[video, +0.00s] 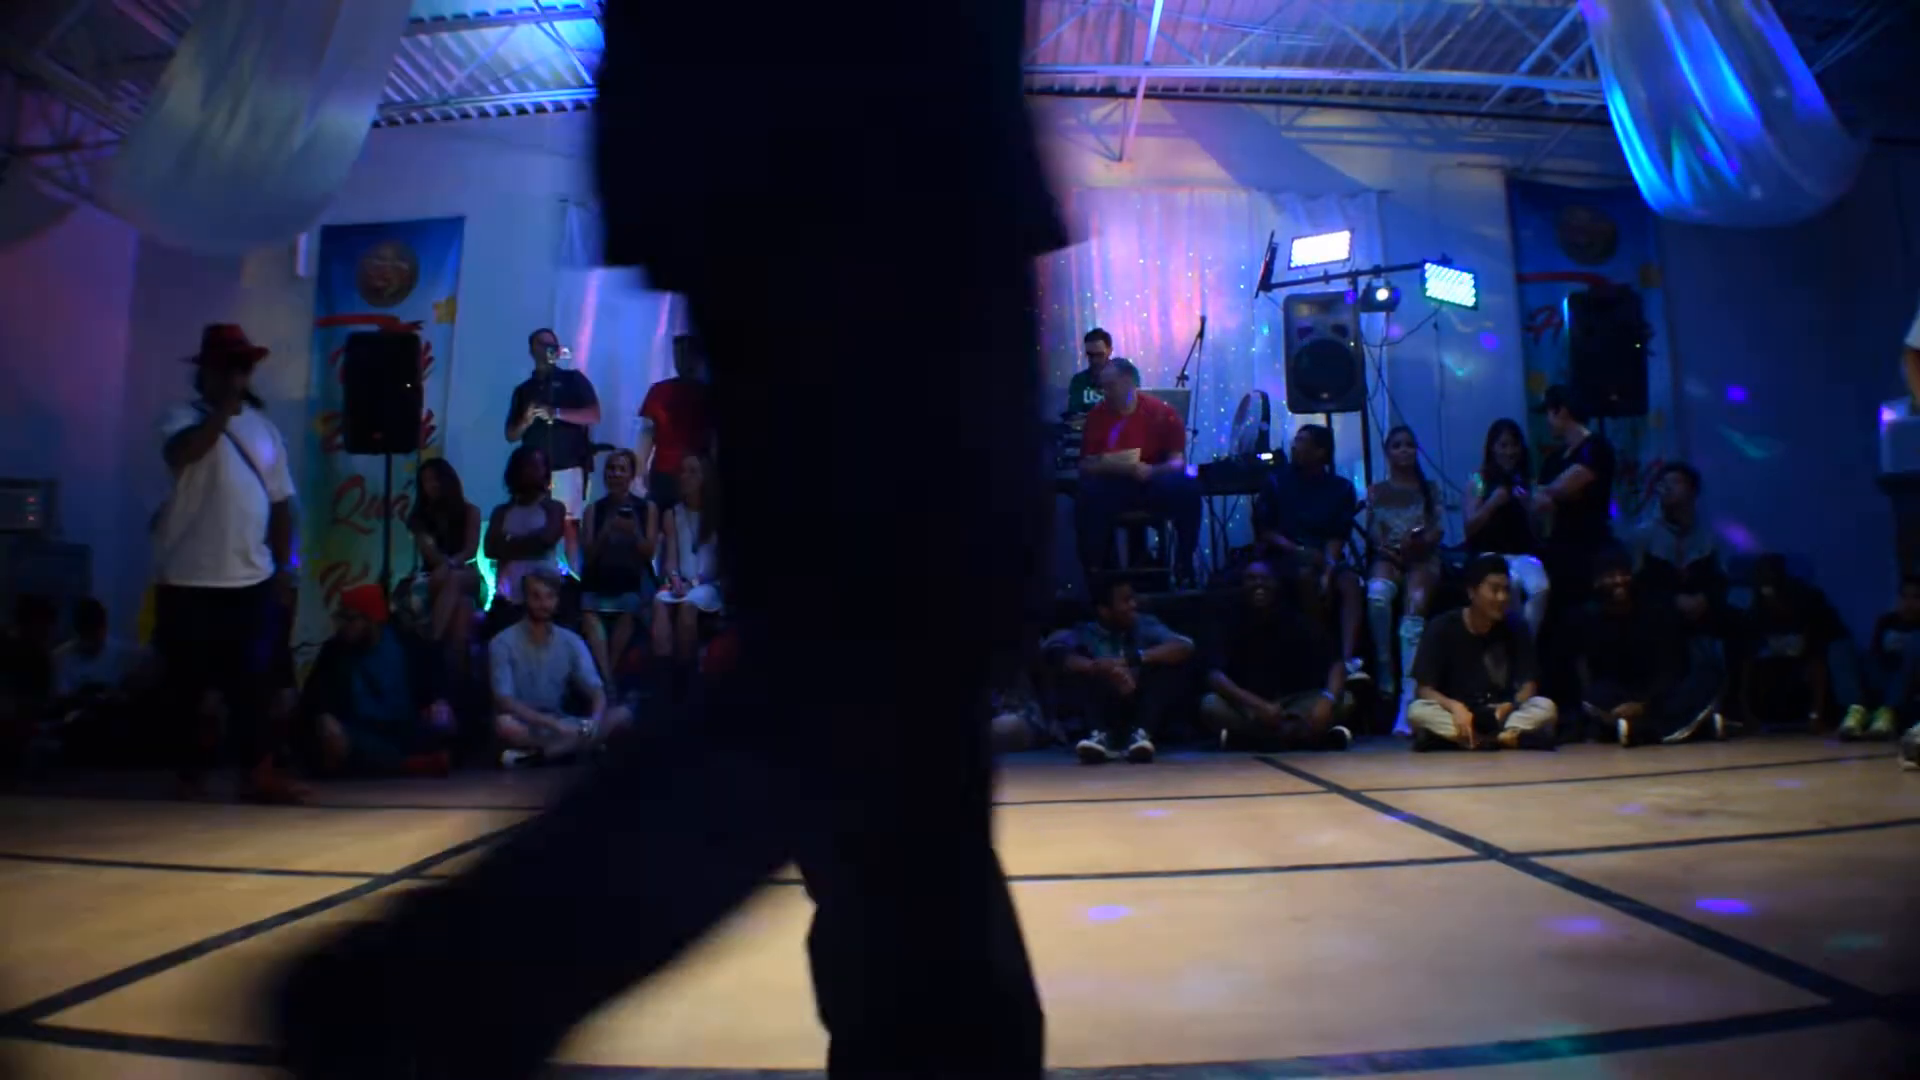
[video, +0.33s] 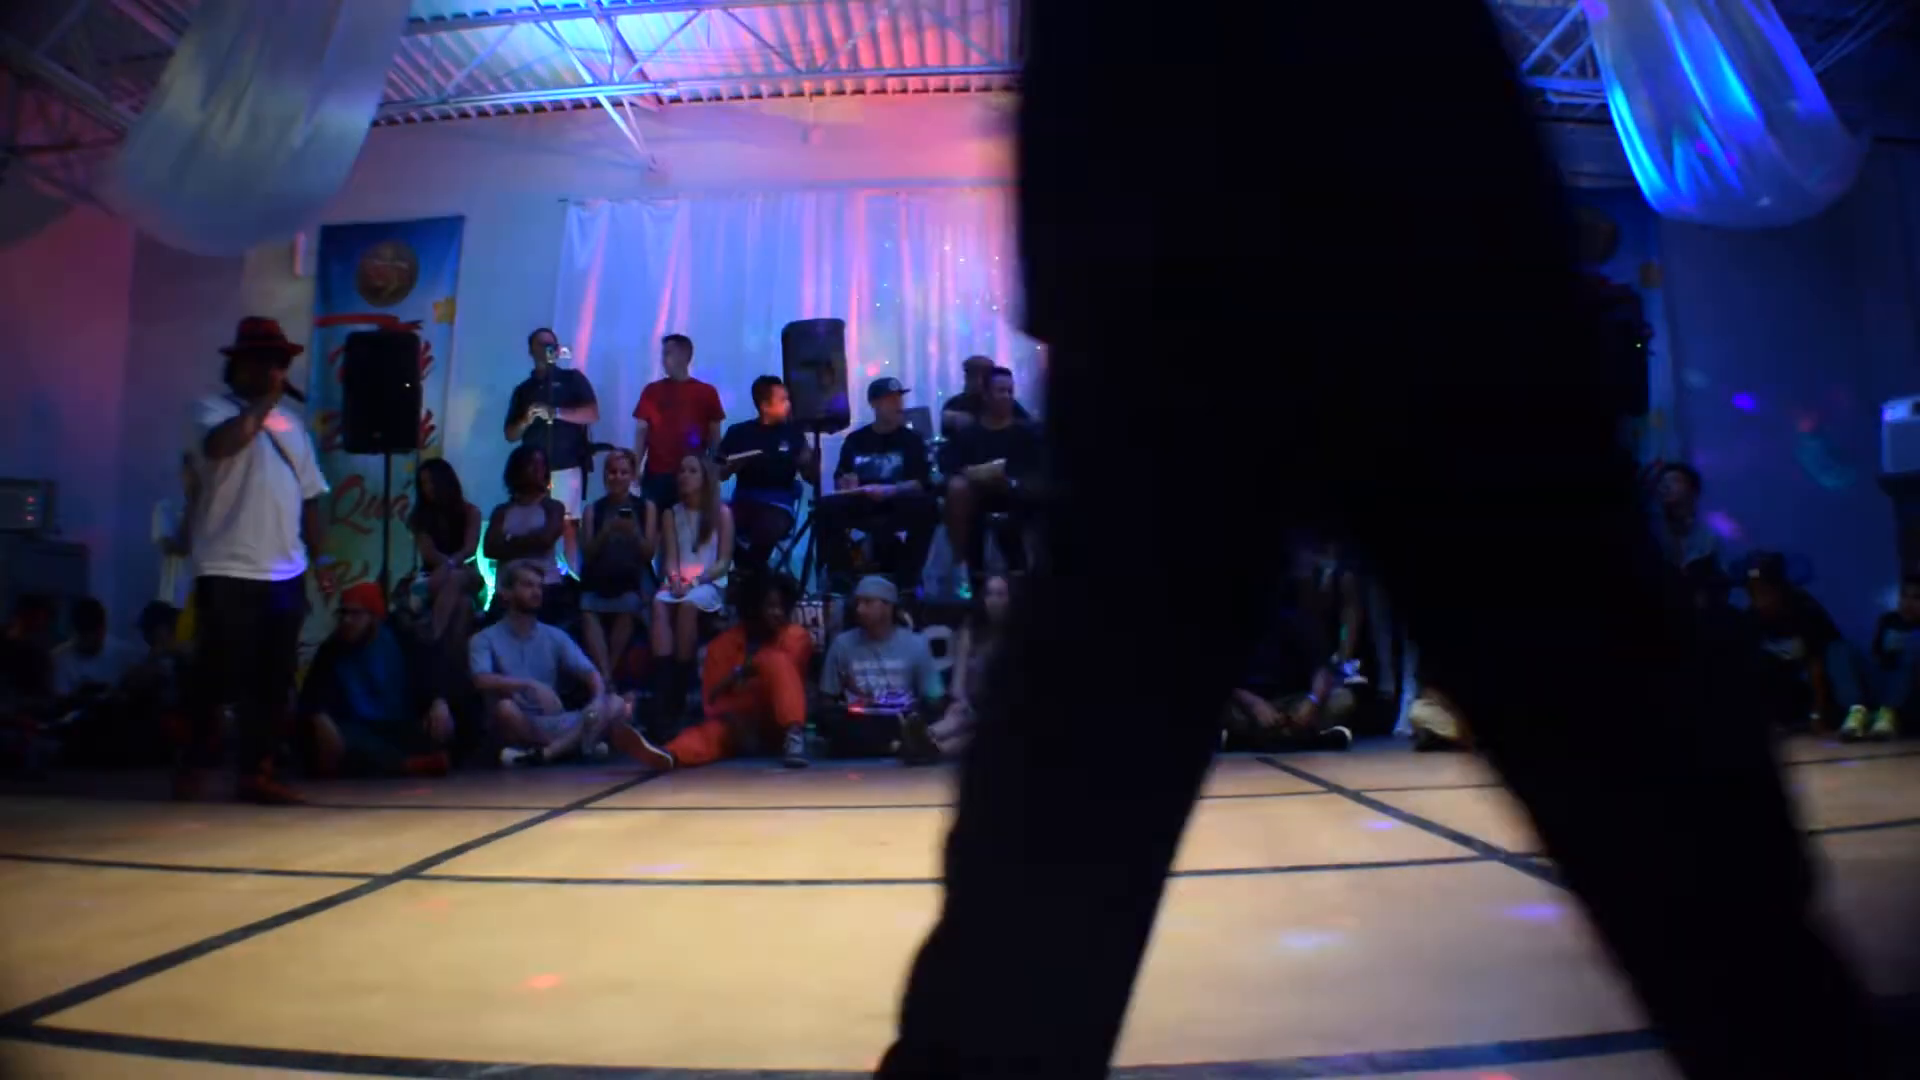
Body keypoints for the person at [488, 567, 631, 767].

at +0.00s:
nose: (543, 603)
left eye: (550, 597)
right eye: (536, 597)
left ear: (557, 600)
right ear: (525, 599)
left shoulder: (570, 641)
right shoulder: (503, 642)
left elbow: (597, 691)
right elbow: (504, 700)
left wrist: (594, 725)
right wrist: (554, 725)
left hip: (563, 716)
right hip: (524, 717)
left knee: (622, 714)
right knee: (504, 724)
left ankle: (544, 753)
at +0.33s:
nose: (537, 592)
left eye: (539, 586)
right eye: (528, 585)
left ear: (543, 590)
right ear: (506, 594)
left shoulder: (553, 636)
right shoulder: (484, 640)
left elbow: (591, 673)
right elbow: (482, 680)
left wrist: (598, 702)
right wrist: (532, 687)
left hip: (557, 716)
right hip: (518, 721)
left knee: (616, 704)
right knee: (505, 709)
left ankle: (547, 753)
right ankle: (577, 746)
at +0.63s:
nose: (529, 589)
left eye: (531, 584)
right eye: (520, 583)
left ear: (535, 588)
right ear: (500, 591)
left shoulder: (544, 632)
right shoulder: (478, 636)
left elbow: (591, 651)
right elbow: (471, 667)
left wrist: (610, 672)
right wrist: (520, 664)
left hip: (550, 712)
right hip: (509, 722)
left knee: (592, 674)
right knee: (504, 694)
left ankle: (548, 742)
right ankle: (561, 742)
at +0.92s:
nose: (530, 590)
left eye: (532, 585)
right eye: (521, 584)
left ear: (537, 591)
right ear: (502, 592)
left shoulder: (551, 635)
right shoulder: (482, 638)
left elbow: (593, 661)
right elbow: (468, 669)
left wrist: (624, 688)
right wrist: (504, 674)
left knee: (579, 665)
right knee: (513, 682)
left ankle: (583, 737)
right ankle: (559, 739)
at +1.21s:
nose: (539, 595)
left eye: (541, 588)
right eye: (530, 589)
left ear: (545, 593)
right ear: (511, 596)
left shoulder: (557, 636)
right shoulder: (492, 639)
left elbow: (597, 667)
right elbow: (475, 669)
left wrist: (630, 703)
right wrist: (513, 683)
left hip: (561, 717)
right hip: (518, 723)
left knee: (585, 670)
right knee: (517, 689)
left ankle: (595, 741)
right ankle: (561, 741)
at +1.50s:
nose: (531, 596)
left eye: (536, 589)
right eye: (522, 590)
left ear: (541, 594)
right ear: (506, 597)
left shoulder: (556, 637)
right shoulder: (489, 639)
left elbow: (596, 665)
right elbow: (475, 667)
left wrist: (631, 700)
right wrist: (523, 678)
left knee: (584, 670)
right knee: (509, 683)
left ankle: (596, 742)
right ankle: (557, 738)